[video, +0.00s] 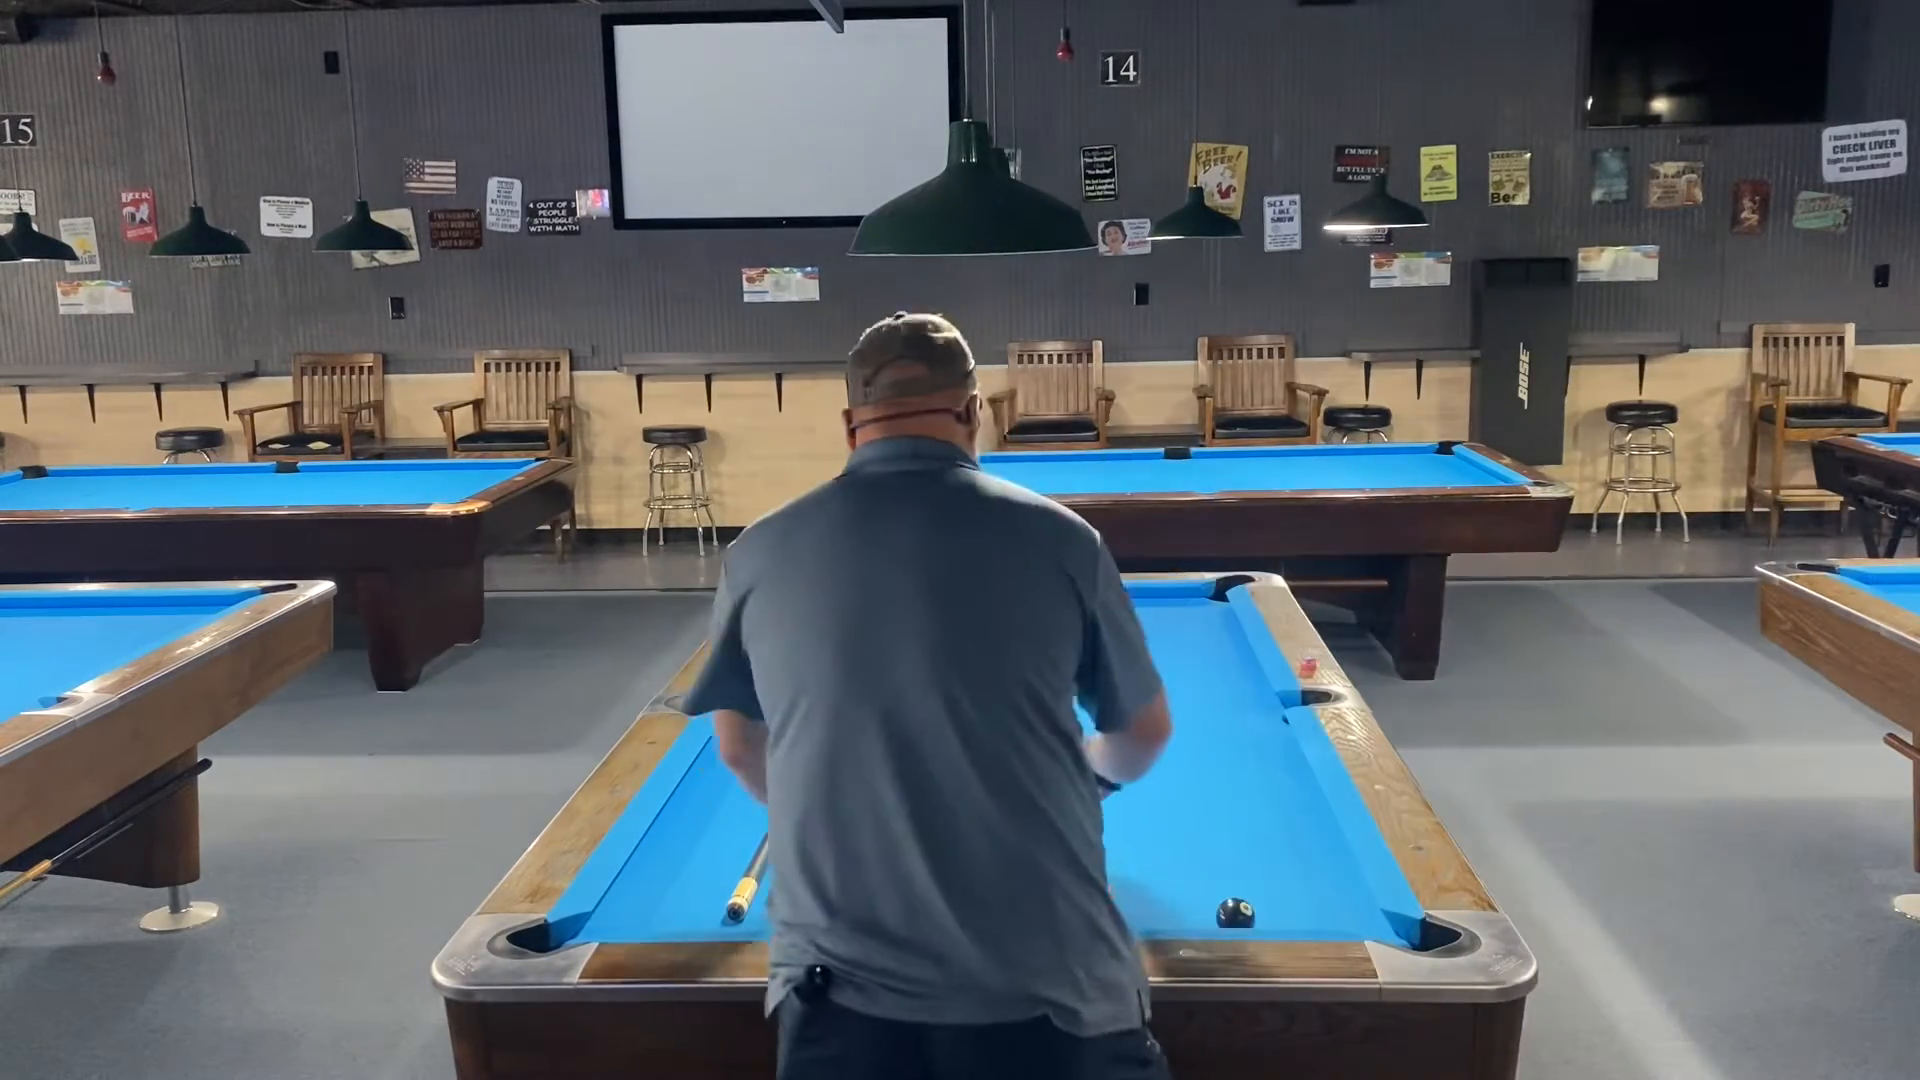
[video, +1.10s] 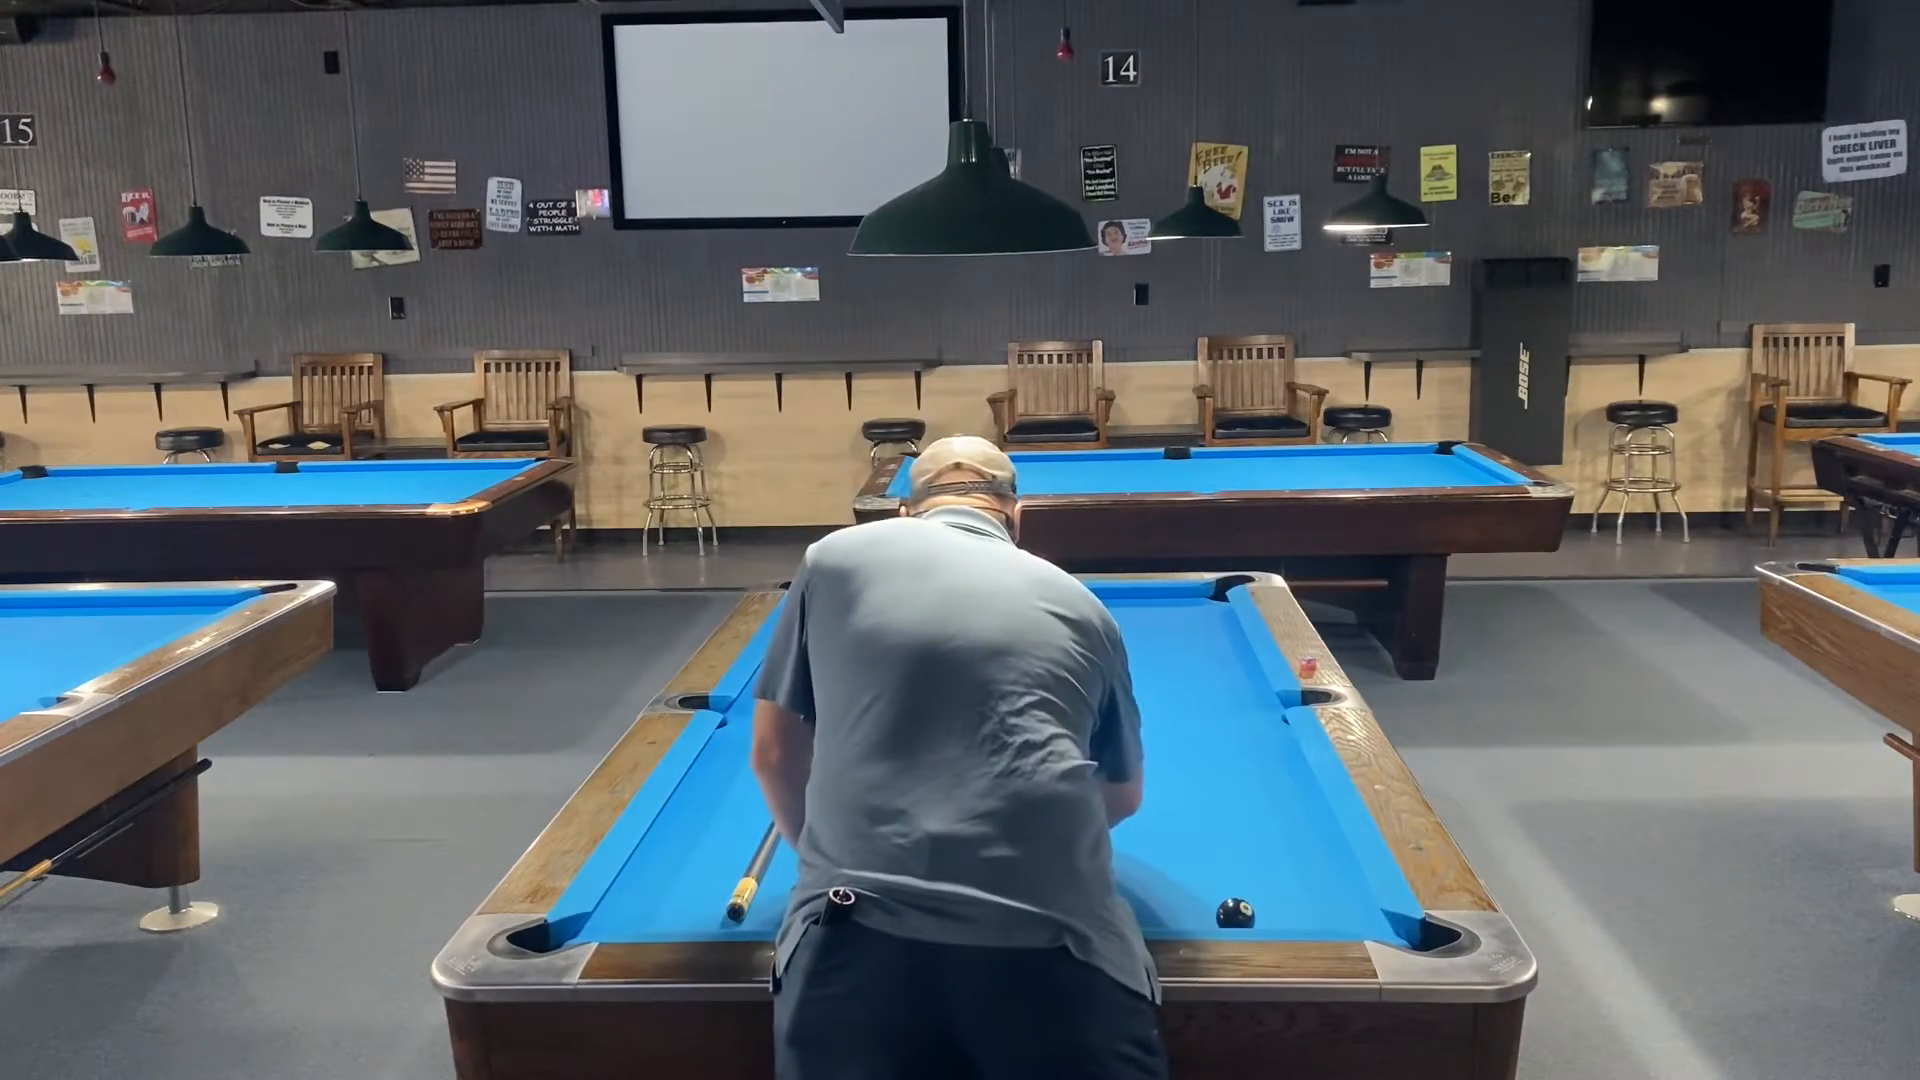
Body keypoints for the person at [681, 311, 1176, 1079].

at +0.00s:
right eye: (974, 412)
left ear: (851, 426)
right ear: (973, 415)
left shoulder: (764, 548)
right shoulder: (1061, 538)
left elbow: (738, 742)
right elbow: (1142, 731)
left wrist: (817, 812)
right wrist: (1084, 767)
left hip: (844, 1014)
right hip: (1049, 1016)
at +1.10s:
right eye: (1018, 506)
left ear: (907, 509)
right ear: (1014, 513)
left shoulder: (834, 557)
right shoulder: (1084, 605)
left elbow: (776, 750)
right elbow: (1120, 792)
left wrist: (829, 862)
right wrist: (1016, 844)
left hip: (856, 957)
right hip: (1057, 970)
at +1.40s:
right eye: (1022, 511)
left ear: (911, 515)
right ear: (1017, 518)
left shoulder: (832, 578)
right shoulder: (1083, 602)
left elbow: (781, 765)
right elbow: (1150, 805)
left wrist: (863, 804)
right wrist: (1078, 813)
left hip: (851, 956)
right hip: (1051, 965)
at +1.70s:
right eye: (1059, 533)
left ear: (946, 522)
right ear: (1046, 531)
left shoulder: (857, 580)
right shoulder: (1101, 600)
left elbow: (858, 729)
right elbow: (1182, 812)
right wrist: (1163, 836)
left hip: (840, 956)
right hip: (1040, 966)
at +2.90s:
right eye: (1048, 493)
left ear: (931, 490)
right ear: (1039, 486)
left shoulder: (836, 573)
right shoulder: (1097, 578)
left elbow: (813, 768)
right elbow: (1164, 789)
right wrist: (1094, 825)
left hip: (844, 965)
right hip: (1047, 972)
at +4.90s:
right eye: (1020, 512)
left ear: (913, 519)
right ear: (1018, 517)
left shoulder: (834, 592)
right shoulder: (1089, 598)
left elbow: (809, 789)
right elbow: (1123, 801)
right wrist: (1031, 849)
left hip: (846, 956)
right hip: (1050, 963)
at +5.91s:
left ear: (915, 509)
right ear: (1024, 512)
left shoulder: (831, 577)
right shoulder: (1095, 587)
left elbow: (805, 784)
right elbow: (1125, 784)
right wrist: (1031, 811)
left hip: (847, 962)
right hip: (1054, 970)